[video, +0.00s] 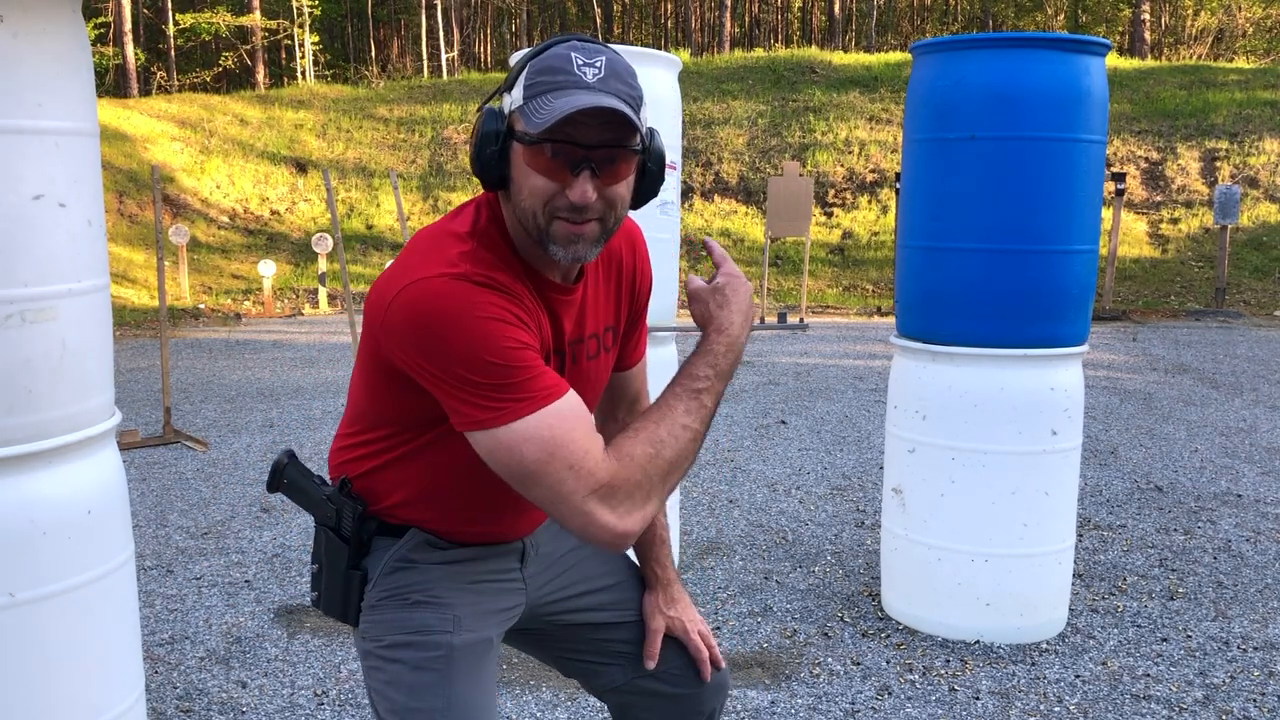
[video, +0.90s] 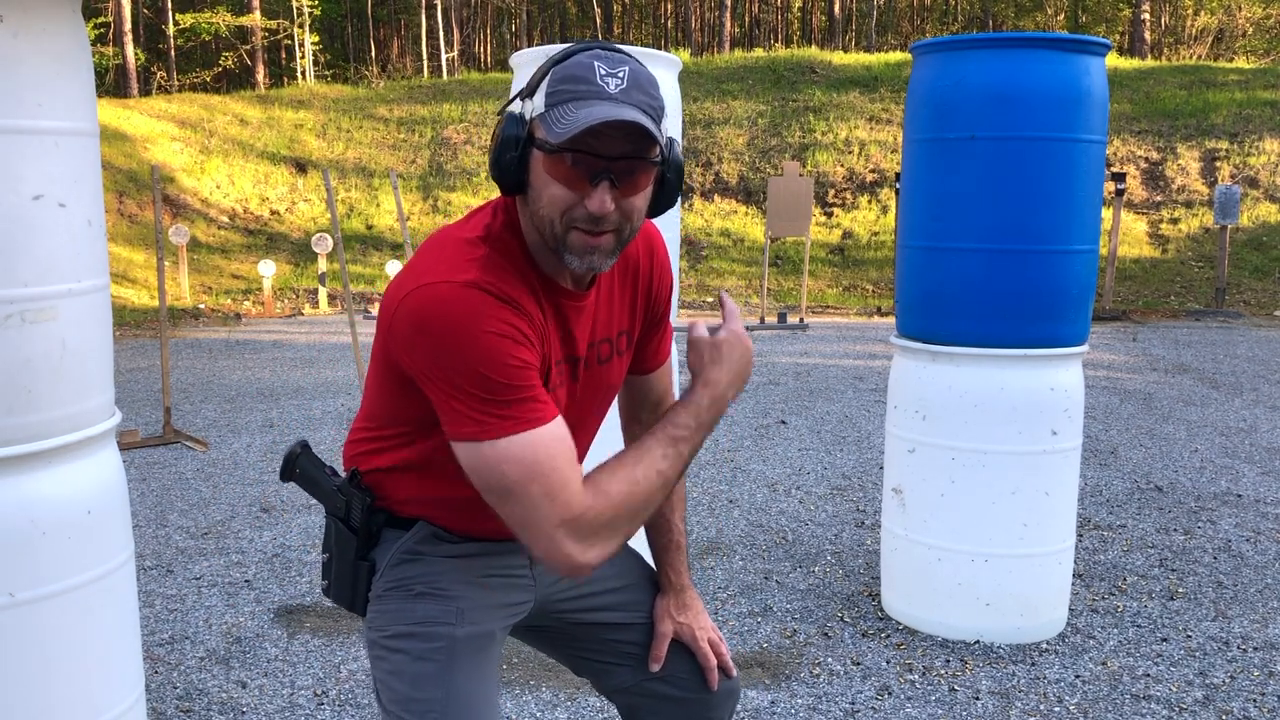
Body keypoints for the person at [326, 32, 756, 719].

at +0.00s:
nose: (583, 190)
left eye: (610, 157)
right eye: (557, 154)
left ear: (639, 165)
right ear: (503, 154)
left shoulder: (622, 252)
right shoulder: (445, 296)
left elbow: (626, 420)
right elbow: (610, 509)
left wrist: (661, 574)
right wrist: (722, 343)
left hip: (550, 537)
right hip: (426, 562)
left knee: (690, 686)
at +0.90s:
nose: (601, 201)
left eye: (628, 170)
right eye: (576, 164)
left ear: (658, 177)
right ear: (520, 159)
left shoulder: (642, 259)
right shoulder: (456, 300)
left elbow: (652, 422)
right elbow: (573, 539)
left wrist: (677, 583)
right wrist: (707, 400)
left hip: (554, 530)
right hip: (432, 554)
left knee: (701, 689)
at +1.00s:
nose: (609, 192)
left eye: (635, 162)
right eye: (584, 157)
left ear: (663, 170)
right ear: (527, 153)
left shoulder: (647, 255)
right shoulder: (461, 300)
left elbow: (653, 410)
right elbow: (497, 566)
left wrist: (678, 581)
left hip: (549, 515)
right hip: (426, 541)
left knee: (699, 690)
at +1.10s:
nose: (611, 186)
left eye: (636, 156)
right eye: (586, 151)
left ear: (664, 166)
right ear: (528, 148)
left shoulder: (649, 252)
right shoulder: (457, 298)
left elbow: (654, 408)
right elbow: (431, 561)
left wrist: (682, 582)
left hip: (560, 527)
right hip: (438, 559)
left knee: (707, 687)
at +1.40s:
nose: (676, 194)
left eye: (678, 170)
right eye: (660, 169)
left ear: (584, 174)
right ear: (582, 170)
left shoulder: (601, 259)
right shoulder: (439, 317)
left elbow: (620, 413)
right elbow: (436, 591)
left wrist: (665, 574)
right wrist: (644, 606)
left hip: (537, 531)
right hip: (428, 569)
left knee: (694, 682)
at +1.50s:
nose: (671, 204)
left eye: (674, 186)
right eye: (669, 186)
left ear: (616, 191)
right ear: (619, 193)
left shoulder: (570, 256)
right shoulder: (457, 328)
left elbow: (595, 419)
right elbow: (510, 605)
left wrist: (647, 573)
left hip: (518, 518)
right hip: (411, 562)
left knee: (674, 685)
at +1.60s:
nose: (665, 204)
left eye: (668, 187)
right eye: (663, 187)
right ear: (620, 196)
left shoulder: (543, 248)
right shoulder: (476, 335)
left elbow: (576, 415)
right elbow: (577, 596)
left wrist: (628, 571)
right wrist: (677, 441)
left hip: (513, 545)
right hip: (421, 582)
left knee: (662, 684)